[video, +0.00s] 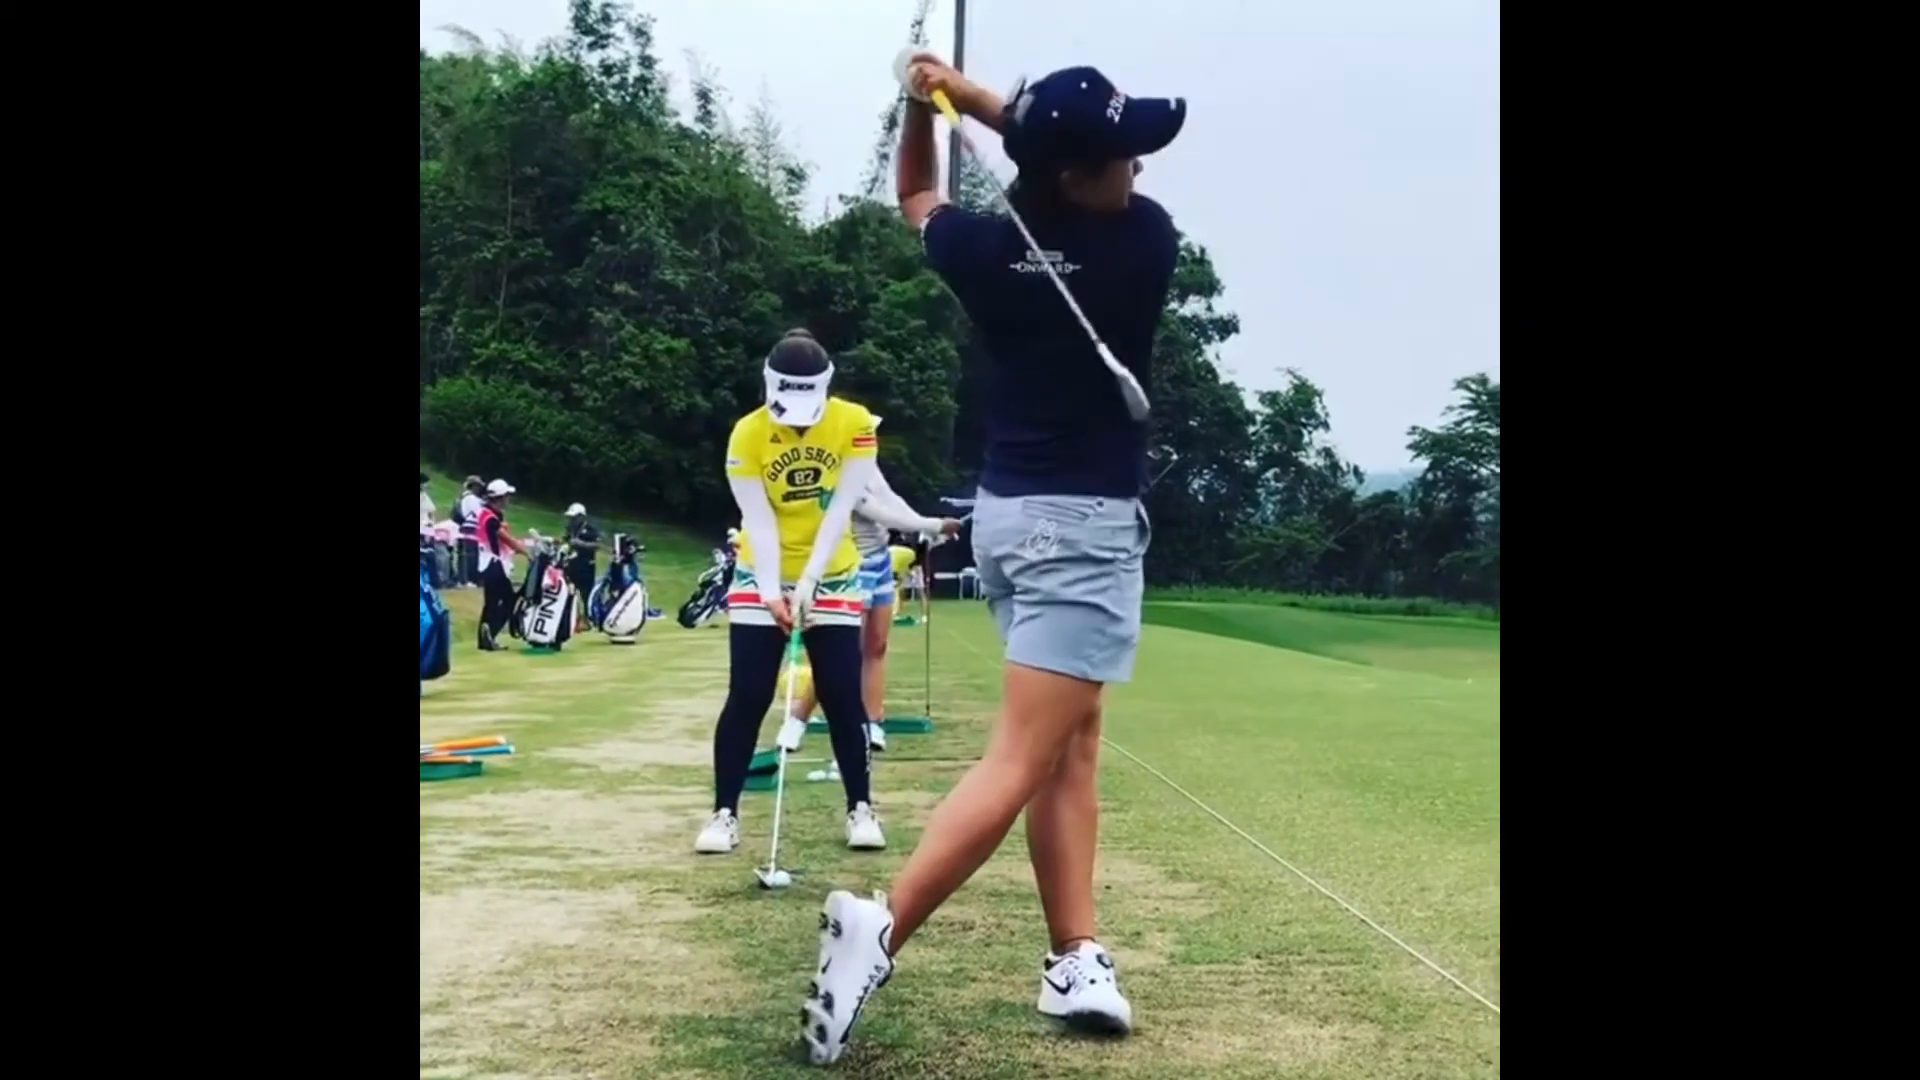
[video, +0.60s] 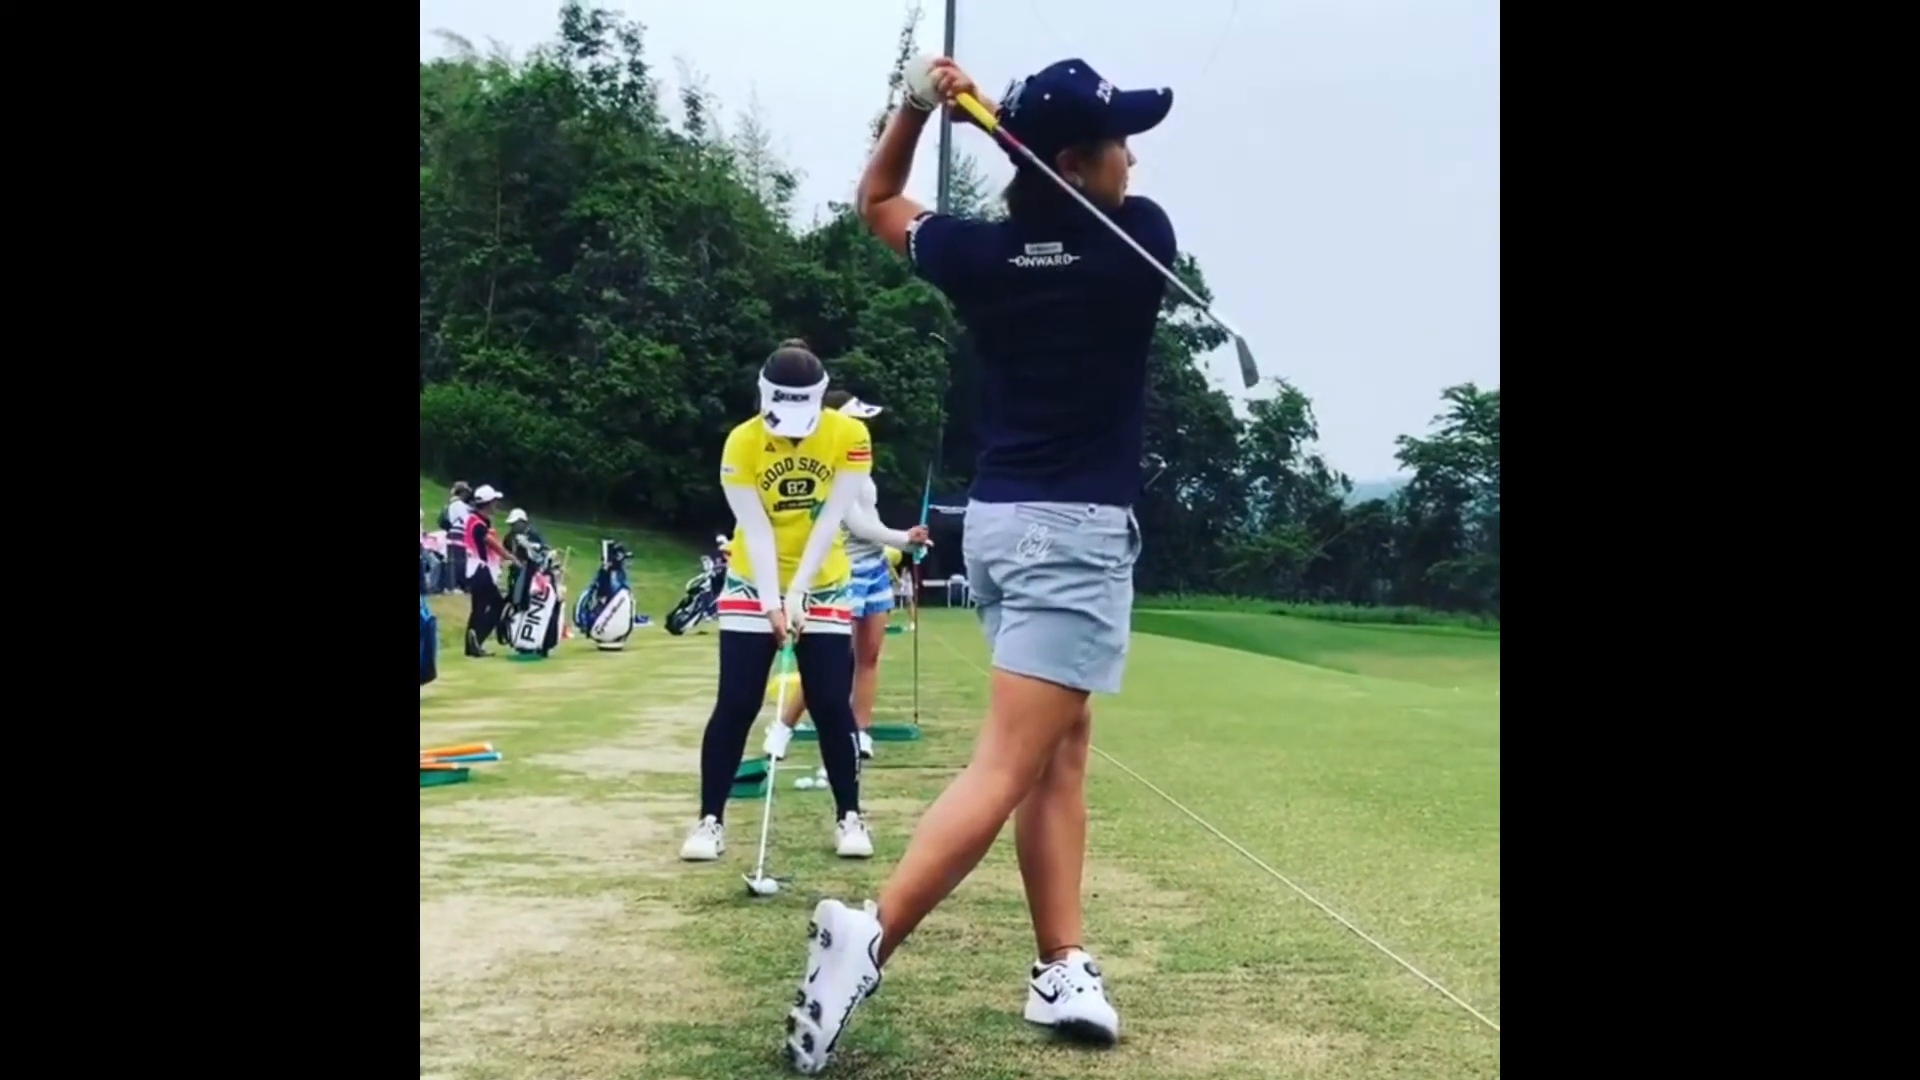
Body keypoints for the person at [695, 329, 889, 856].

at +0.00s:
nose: (795, 413)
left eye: (805, 403)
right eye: (785, 402)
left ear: (825, 387)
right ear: (769, 387)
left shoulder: (855, 424)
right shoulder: (747, 437)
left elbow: (843, 506)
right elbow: (758, 522)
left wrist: (808, 578)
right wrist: (769, 586)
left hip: (834, 575)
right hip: (759, 575)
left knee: (842, 696)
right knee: (747, 695)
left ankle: (860, 809)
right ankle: (724, 814)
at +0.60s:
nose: (789, 423)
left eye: (800, 412)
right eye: (780, 411)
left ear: (819, 397)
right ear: (765, 397)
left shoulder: (849, 435)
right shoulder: (741, 445)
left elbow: (833, 515)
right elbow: (755, 530)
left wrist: (798, 588)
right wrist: (770, 599)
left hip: (823, 586)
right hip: (751, 584)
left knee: (831, 703)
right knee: (735, 702)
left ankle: (849, 816)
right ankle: (709, 820)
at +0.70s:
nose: (848, 358)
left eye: (859, 349)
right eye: (840, 347)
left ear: (881, 347)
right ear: (830, 347)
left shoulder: (895, 401)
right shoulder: (809, 402)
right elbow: (809, 496)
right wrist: (830, 559)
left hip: (873, 564)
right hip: (813, 563)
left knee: (872, 691)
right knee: (816, 680)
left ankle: (867, 785)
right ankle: (810, 787)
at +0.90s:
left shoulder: (898, 409)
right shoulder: (806, 409)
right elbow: (809, 501)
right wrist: (818, 563)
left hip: (884, 547)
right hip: (825, 549)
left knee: (876, 681)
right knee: (805, 667)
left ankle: (871, 786)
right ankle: (789, 786)